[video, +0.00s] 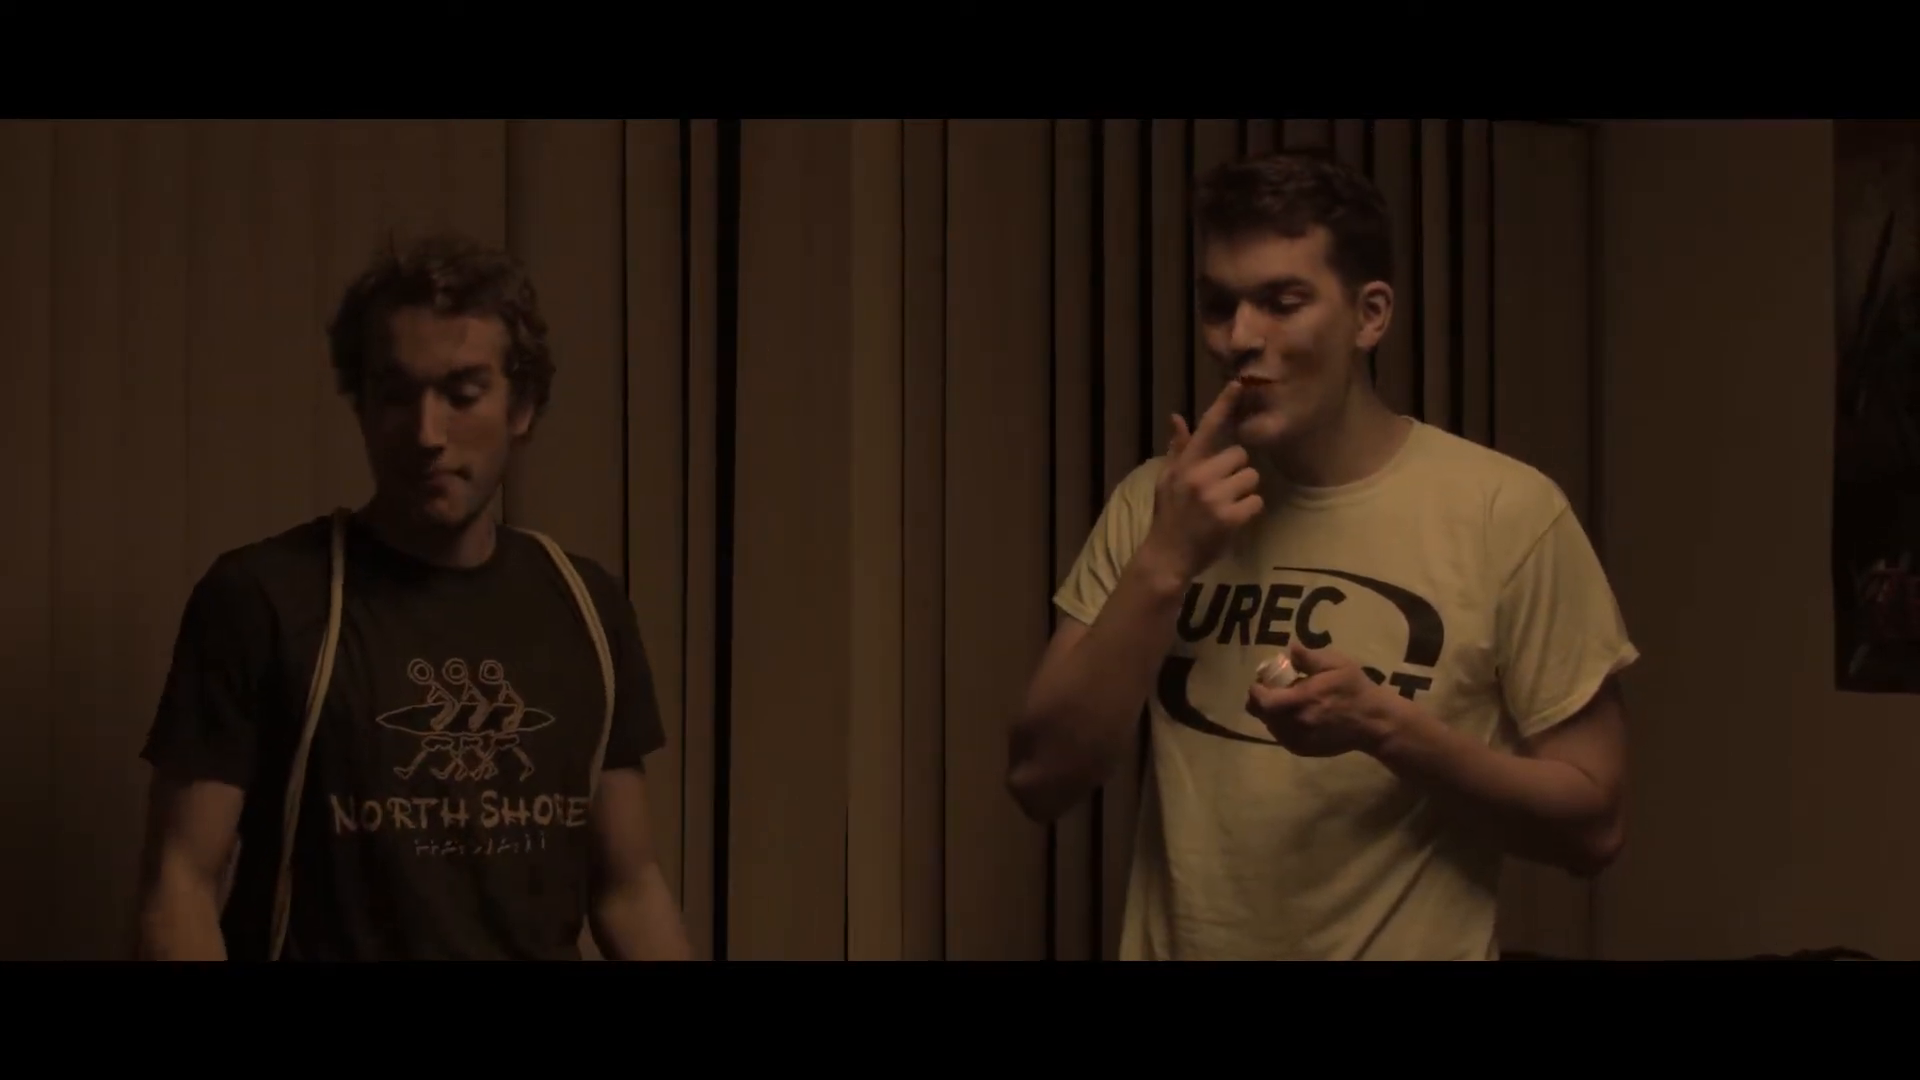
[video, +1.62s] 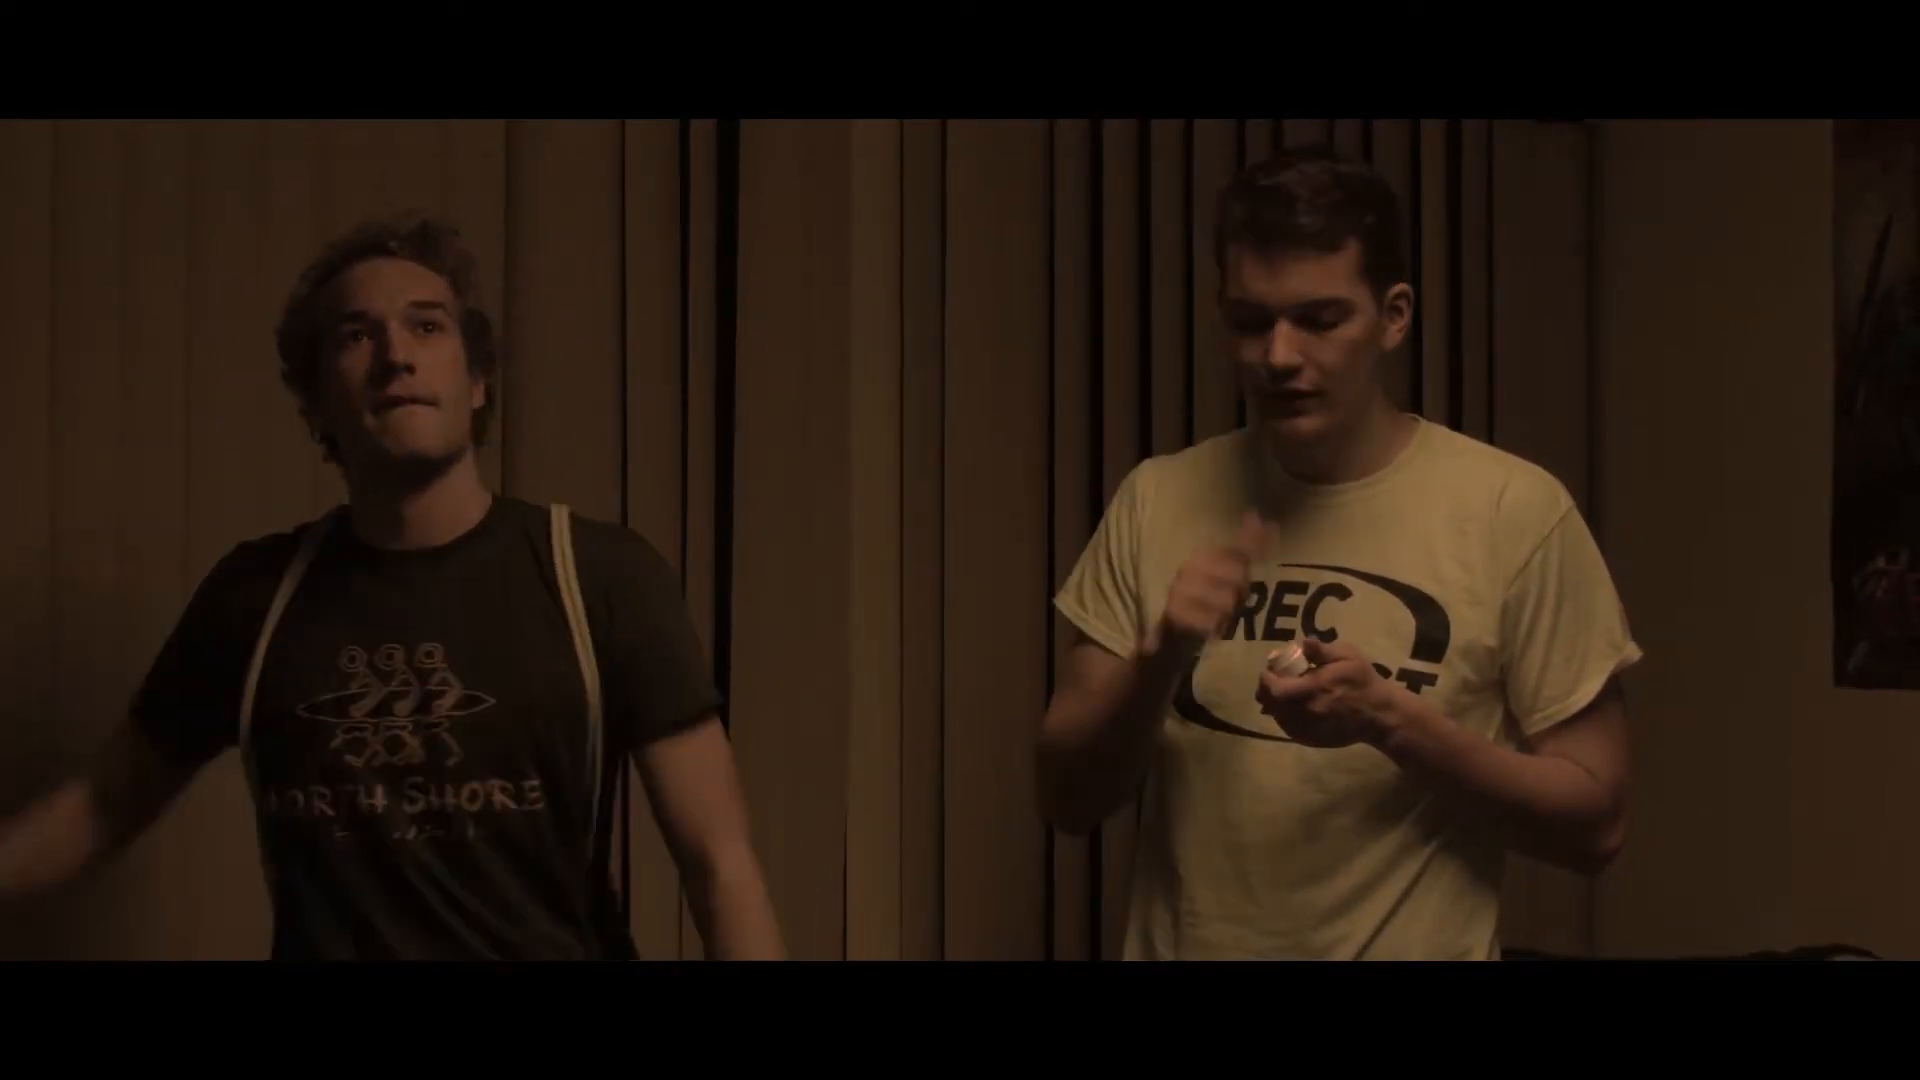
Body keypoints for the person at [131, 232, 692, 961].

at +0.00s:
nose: (426, 434)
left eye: (462, 393)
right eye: (395, 397)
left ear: (522, 411)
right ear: (361, 413)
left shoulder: (589, 607)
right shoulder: (260, 600)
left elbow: (629, 883)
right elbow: (183, 883)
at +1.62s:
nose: (394, 350)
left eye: (427, 325)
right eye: (355, 334)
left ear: (479, 378)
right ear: (318, 405)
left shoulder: (605, 578)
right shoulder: (252, 596)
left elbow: (716, 862)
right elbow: (102, 803)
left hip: (558, 951)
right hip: (329, 958)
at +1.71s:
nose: (382, 350)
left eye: (413, 324)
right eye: (343, 334)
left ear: (463, 377)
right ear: (302, 409)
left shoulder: (587, 569)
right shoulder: (249, 592)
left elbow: (715, 850)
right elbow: (72, 752)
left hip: (564, 951)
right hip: (336, 957)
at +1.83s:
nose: (380, 352)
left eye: (410, 329)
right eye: (336, 331)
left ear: (446, 380)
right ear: (278, 400)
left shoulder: (558, 556)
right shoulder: (215, 588)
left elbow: (708, 821)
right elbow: (23, 671)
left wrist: (754, 965)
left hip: (565, 946)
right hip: (334, 951)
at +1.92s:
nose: (372, 355)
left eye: (401, 332)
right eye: (326, 332)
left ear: (435, 386)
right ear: (263, 403)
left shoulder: (552, 560)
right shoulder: (191, 592)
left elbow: (713, 820)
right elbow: (9, 616)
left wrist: (729, 959)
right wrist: (3, 412)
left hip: (558, 942)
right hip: (319, 948)